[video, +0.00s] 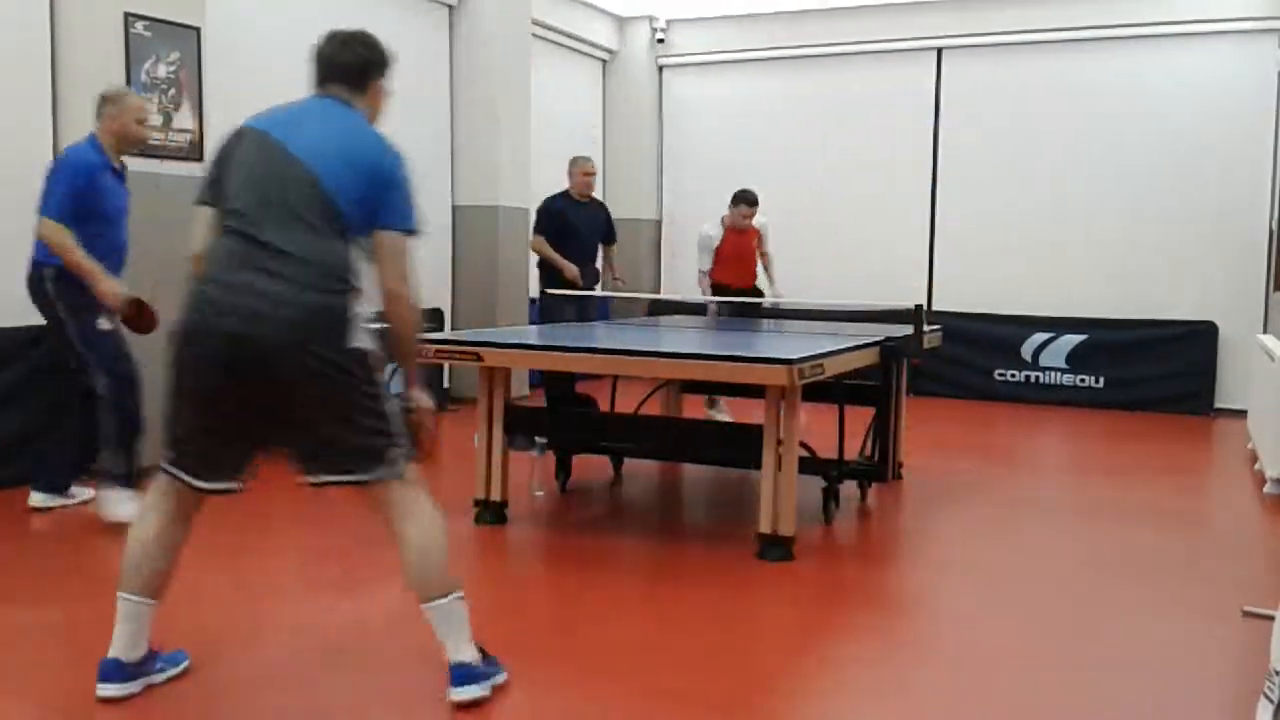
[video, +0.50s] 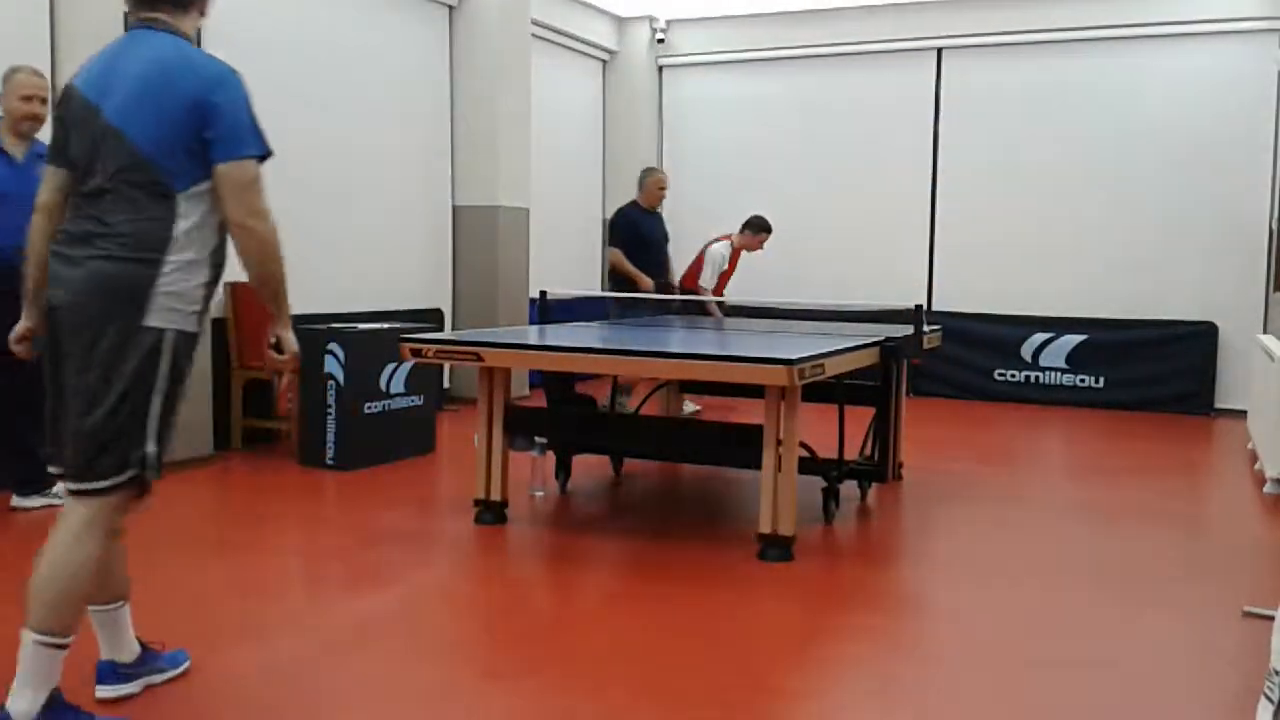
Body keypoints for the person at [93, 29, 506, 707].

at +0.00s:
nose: (385, 100)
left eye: (383, 89)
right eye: (385, 89)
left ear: (319, 79)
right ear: (373, 88)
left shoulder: (251, 131)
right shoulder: (378, 155)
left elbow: (203, 252)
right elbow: (396, 297)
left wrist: (225, 324)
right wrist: (417, 384)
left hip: (214, 331)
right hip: (312, 340)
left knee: (174, 487)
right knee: (400, 488)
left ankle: (124, 656)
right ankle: (464, 661)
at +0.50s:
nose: (209, 14)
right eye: (208, 7)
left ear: (130, 8)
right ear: (197, 7)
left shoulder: (88, 74)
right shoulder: (210, 79)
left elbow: (49, 204)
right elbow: (246, 218)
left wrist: (33, 307)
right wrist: (281, 315)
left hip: (70, 302)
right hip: (143, 311)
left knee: (102, 490)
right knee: (95, 500)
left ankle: (121, 657)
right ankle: (29, 699)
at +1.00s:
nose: (160, 2)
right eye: (157, 0)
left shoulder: (34, 57)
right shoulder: (137, 66)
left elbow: (22, 196)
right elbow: (149, 218)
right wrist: (192, 328)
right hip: (78, 313)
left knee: (141, 469)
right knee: (49, 518)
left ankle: (128, 644)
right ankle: (22, 704)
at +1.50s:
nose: (227, 20)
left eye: (221, 13)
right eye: (226, 12)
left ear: (153, 9)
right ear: (214, 9)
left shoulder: (112, 75)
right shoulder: (205, 80)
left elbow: (80, 207)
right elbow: (216, 209)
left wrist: (89, 289)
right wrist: (258, 320)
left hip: (128, 310)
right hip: (184, 314)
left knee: (169, 483)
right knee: (222, 483)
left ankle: (164, 654)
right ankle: (79, 655)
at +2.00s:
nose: (359, 39)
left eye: (354, 28)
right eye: (357, 28)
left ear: (289, 30)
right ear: (347, 29)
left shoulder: (241, 102)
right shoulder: (352, 108)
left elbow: (189, 213)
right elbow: (370, 232)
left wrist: (236, 223)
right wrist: (407, 333)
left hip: (245, 328)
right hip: (331, 329)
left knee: (218, 482)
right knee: (393, 474)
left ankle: (164, 649)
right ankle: (423, 629)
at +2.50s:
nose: (499, 41)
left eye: (493, 30)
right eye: (497, 30)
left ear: (434, 35)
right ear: (487, 34)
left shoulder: (390, 108)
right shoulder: (499, 106)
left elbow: (369, 225)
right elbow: (541, 218)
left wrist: (388, 303)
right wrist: (579, 305)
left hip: (403, 301)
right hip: (461, 303)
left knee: (460, 451)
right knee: (462, 466)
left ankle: (471, 591)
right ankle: (425, 629)